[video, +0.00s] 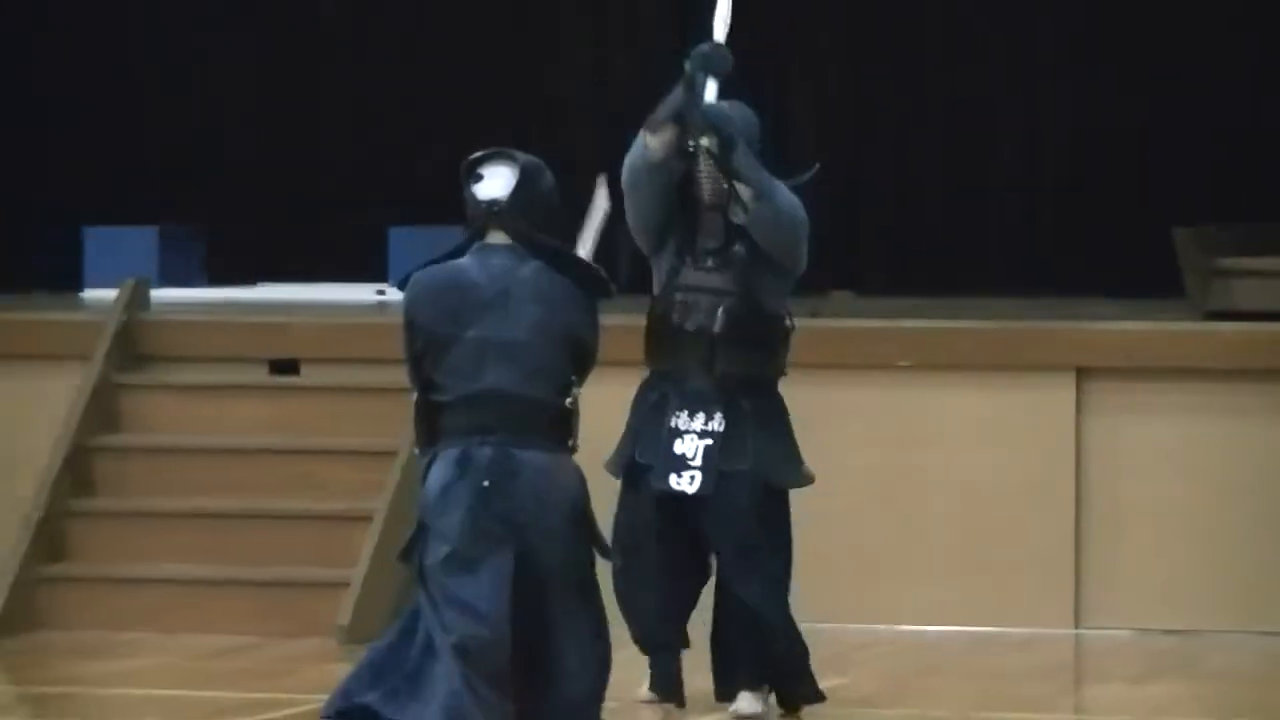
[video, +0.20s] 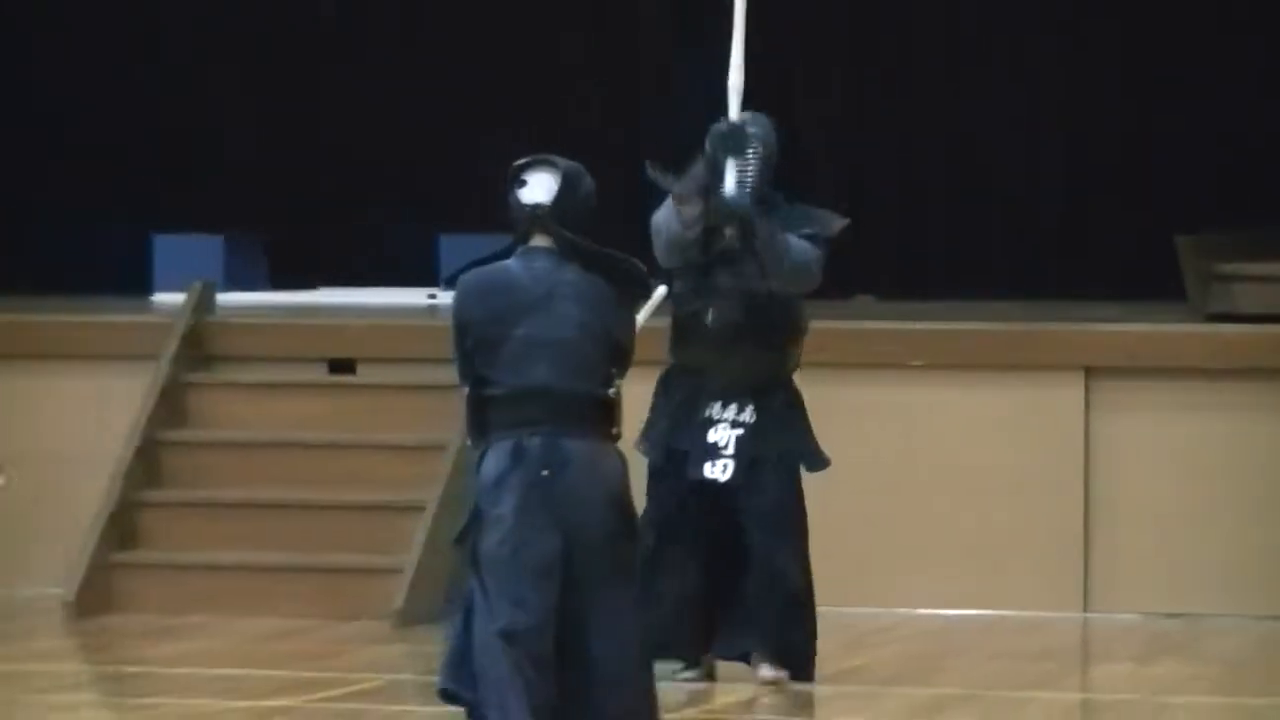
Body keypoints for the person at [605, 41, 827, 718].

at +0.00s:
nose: (705, 175)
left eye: (717, 161)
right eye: (697, 162)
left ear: (743, 161)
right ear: (685, 166)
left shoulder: (778, 228)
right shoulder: (664, 228)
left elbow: (781, 215)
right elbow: (639, 173)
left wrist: (735, 156)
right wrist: (677, 110)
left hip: (744, 401)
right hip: (667, 397)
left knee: (748, 548)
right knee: (648, 545)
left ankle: (754, 687)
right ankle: (662, 677)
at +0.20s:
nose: (745, 168)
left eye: (756, 156)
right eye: (735, 157)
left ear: (770, 162)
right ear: (716, 160)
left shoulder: (790, 222)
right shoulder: (687, 216)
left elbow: (805, 272)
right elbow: (667, 237)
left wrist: (751, 221)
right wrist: (704, 174)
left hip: (763, 391)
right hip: (691, 389)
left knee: (771, 527)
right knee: (679, 522)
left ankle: (773, 655)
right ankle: (686, 656)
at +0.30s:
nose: (760, 155)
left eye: (770, 146)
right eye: (752, 144)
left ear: (786, 155)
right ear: (736, 149)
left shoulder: (814, 223)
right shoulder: (704, 214)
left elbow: (820, 282)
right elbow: (688, 267)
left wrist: (758, 278)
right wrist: (727, 226)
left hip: (784, 382)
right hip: (713, 380)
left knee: (787, 519)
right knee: (703, 510)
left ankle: (788, 644)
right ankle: (714, 636)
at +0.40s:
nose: (776, 178)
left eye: (787, 166)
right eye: (767, 165)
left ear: (803, 173)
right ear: (753, 171)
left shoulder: (833, 240)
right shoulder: (727, 234)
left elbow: (835, 315)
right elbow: (727, 290)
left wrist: (762, 304)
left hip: (804, 390)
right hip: (736, 388)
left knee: (800, 516)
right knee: (723, 511)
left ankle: (799, 630)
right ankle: (727, 629)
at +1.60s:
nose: (755, 236)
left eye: (762, 228)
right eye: (748, 228)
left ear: (775, 231)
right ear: (737, 230)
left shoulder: (801, 279)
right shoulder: (719, 276)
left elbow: (811, 327)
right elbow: (703, 324)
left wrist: (773, 358)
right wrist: (729, 359)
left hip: (782, 395)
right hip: (731, 395)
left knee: (784, 486)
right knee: (737, 484)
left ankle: (785, 571)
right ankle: (742, 572)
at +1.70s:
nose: (752, 244)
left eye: (758, 235)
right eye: (744, 236)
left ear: (770, 238)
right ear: (733, 240)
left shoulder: (799, 285)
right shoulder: (717, 285)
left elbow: (806, 335)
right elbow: (702, 334)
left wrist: (774, 367)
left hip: (783, 400)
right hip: (732, 401)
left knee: (787, 487)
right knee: (727, 487)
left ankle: (786, 569)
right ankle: (727, 573)